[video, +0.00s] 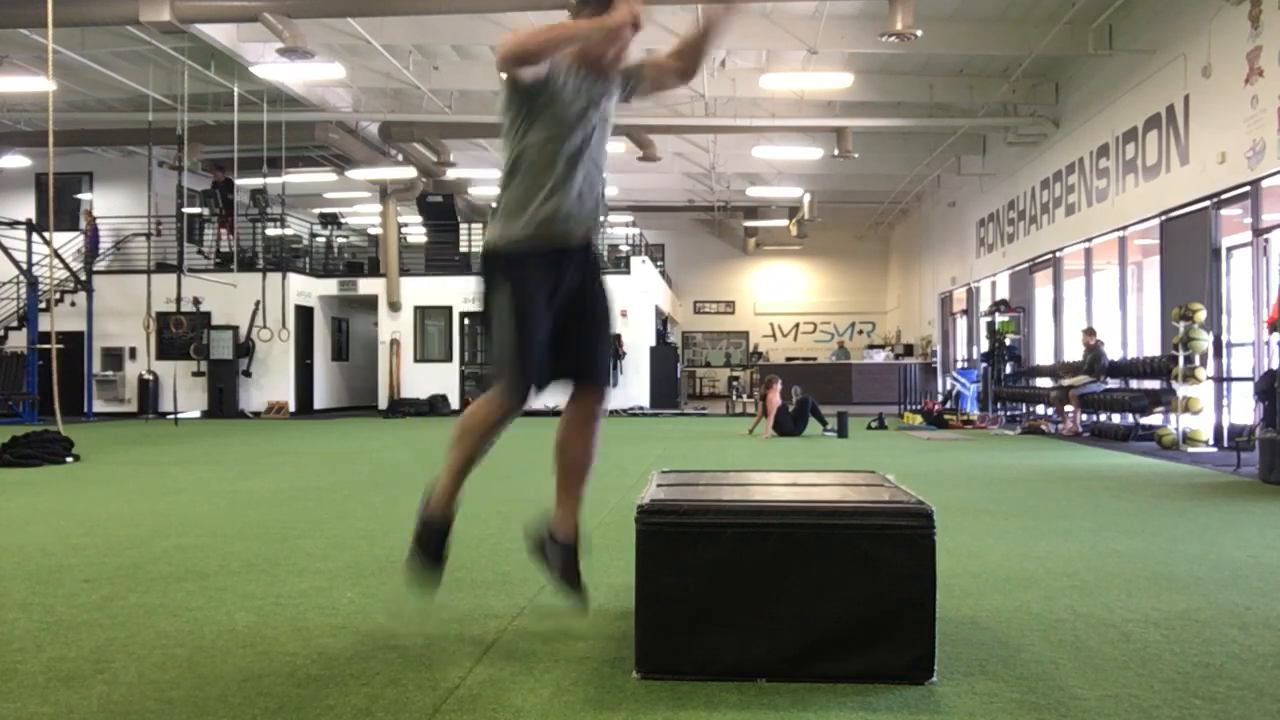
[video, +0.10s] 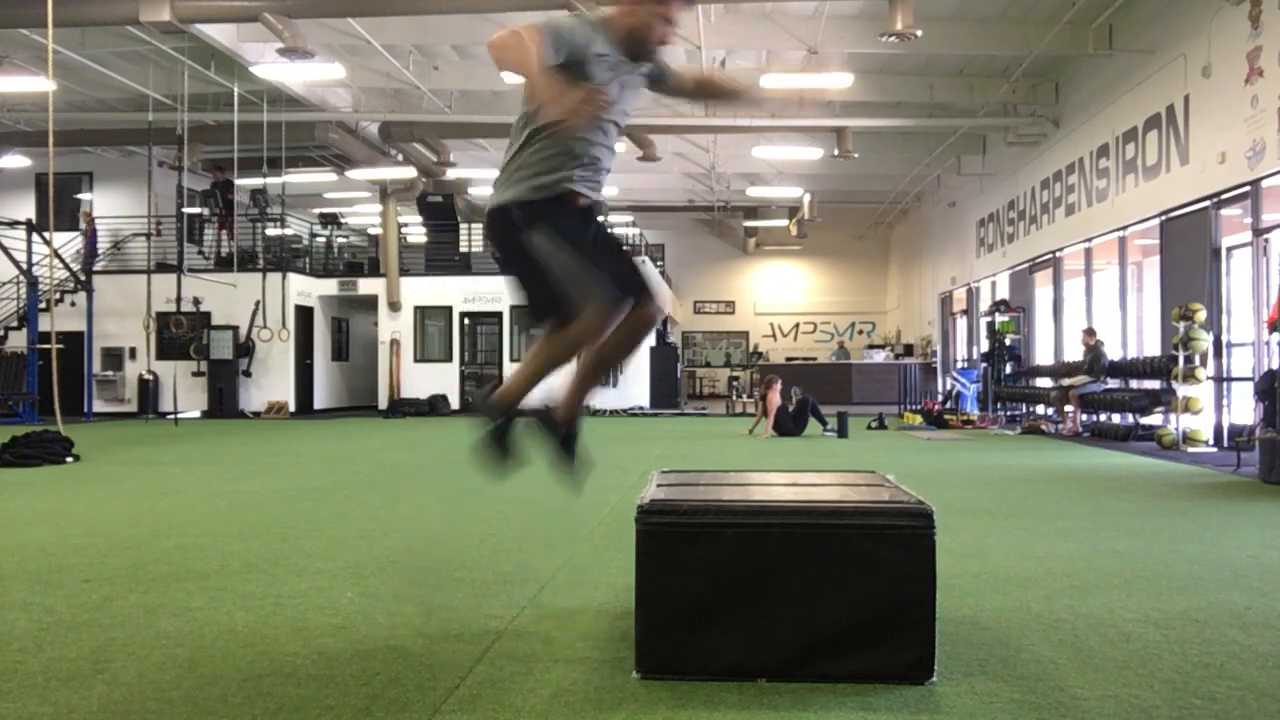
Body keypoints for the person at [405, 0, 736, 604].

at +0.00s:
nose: (627, 43)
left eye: (632, 34)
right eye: (622, 29)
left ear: (624, 38)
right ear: (589, 23)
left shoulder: (613, 77)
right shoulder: (544, 62)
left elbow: (677, 68)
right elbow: (510, 54)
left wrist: (712, 22)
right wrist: (590, 27)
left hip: (577, 252)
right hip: (520, 248)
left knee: (591, 387)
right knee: (513, 386)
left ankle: (563, 532)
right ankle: (439, 506)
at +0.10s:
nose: (668, 35)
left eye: (673, 25)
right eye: (664, 21)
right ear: (631, 8)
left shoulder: (643, 66)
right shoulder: (577, 34)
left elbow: (690, 84)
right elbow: (506, 42)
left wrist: (742, 93)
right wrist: (553, 93)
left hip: (575, 211)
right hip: (524, 208)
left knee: (647, 306)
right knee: (593, 308)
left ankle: (565, 415)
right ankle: (500, 404)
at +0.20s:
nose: (711, 45)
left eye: (717, 35)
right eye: (707, 29)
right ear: (672, 12)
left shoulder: (672, 83)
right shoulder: (617, 40)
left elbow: (688, 132)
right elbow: (529, 54)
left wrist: (715, 168)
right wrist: (465, 127)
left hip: (585, 189)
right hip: (541, 183)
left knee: (682, 256)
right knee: (662, 249)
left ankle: (602, 374)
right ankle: (591, 377)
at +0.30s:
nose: (746, 65)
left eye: (751, 56)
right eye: (743, 50)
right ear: (711, 32)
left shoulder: (688, 96)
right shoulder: (647, 58)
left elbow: (652, 169)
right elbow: (552, 71)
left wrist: (648, 224)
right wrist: (473, 125)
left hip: (610, 204)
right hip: (571, 196)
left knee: (692, 277)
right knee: (683, 275)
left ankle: (667, 418)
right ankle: (662, 420)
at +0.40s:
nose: (763, 91)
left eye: (767, 81)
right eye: (761, 76)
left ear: (732, 63)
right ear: (730, 58)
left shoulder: (698, 113)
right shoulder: (674, 88)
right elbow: (578, 114)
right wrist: (511, 181)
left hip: (627, 236)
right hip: (606, 232)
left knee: (712, 326)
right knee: (720, 321)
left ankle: (668, 458)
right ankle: (671, 458)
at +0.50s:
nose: (769, 108)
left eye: (774, 99)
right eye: (767, 93)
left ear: (737, 79)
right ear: (737, 74)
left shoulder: (701, 128)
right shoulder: (691, 108)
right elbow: (619, 160)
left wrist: (574, 266)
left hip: (619, 255)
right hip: (632, 247)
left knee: (708, 342)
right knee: (743, 327)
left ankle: (668, 456)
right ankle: (680, 454)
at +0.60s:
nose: (760, 99)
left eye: (764, 90)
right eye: (757, 84)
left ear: (727, 70)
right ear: (727, 66)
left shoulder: (697, 121)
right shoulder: (686, 106)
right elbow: (637, 164)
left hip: (602, 251)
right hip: (617, 244)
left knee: (704, 348)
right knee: (740, 328)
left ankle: (668, 458)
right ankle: (681, 456)